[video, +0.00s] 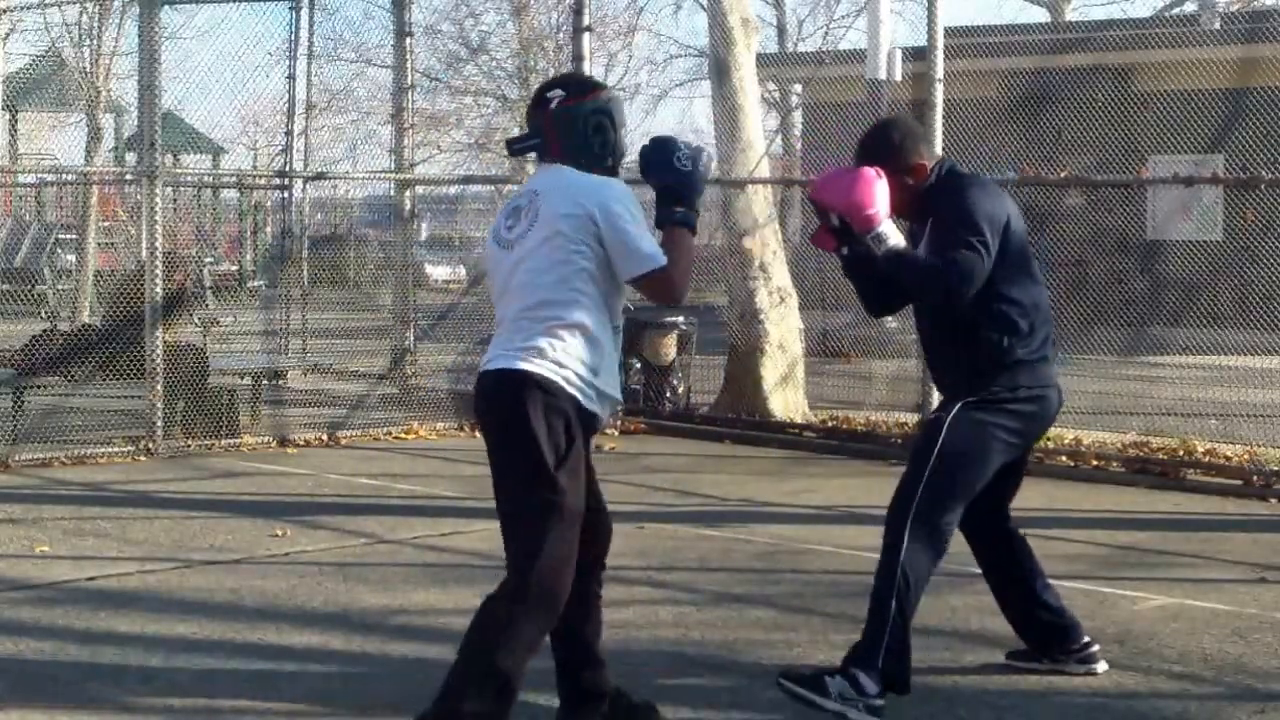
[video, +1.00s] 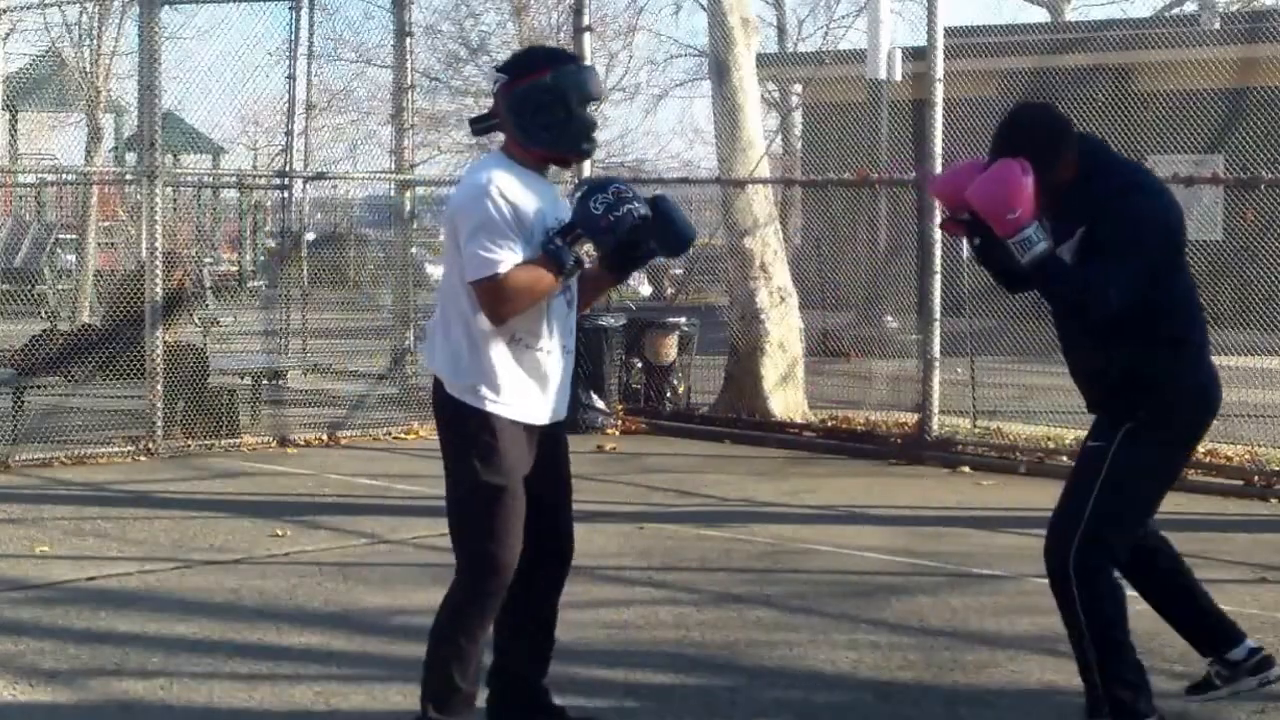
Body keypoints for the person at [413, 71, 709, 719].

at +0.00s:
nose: (613, 136)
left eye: (610, 123)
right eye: (604, 125)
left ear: (543, 138)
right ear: (593, 133)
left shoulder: (513, 212)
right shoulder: (599, 192)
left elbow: (533, 301)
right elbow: (669, 287)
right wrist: (682, 207)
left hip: (510, 385)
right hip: (545, 389)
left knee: (589, 536)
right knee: (544, 572)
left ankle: (586, 696)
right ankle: (461, 710)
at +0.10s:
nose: (606, 128)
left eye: (609, 114)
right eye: (589, 115)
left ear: (537, 132)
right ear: (556, 128)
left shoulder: (535, 198)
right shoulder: (556, 205)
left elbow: (556, 288)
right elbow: (637, 300)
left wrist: (618, 238)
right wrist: (666, 230)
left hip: (552, 405)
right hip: (522, 400)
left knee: (608, 536)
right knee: (517, 570)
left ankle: (594, 689)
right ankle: (445, 706)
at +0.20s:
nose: (621, 153)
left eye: (619, 140)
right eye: (609, 142)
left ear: (548, 149)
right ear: (588, 153)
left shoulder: (593, 213)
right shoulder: (535, 220)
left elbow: (677, 261)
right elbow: (597, 331)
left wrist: (765, 246)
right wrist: (637, 265)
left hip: (552, 417)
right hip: (491, 411)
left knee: (605, 539)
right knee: (527, 568)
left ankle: (612, 696)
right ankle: (448, 712)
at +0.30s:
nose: (600, 175)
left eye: (601, 161)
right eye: (590, 163)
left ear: (546, 162)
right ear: (551, 163)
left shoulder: (572, 228)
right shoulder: (493, 232)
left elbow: (634, 308)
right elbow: (510, 351)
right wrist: (581, 299)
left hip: (531, 414)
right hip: (464, 417)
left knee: (582, 553)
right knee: (480, 570)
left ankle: (613, 690)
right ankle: (398, 709)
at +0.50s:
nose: (538, 180)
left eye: (538, 167)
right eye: (528, 167)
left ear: (495, 164)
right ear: (489, 164)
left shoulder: (498, 227)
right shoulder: (423, 226)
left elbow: (483, 345)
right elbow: (427, 343)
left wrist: (550, 373)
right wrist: (517, 301)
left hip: (480, 422)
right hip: (410, 430)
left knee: (556, 548)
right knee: (419, 587)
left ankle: (567, 696)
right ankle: (368, 712)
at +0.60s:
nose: (524, 150)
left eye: (522, 136)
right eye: (514, 136)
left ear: (461, 137)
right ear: (490, 142)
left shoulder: (495, 207)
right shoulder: (411, 212)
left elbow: (521, 305)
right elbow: (417, 331)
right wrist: (504, 274)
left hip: (480, 418)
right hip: (409, 426)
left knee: (539, 552)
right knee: (403, 588)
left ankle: (555, 702)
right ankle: (361, 712)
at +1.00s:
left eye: (582, 106)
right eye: (574, 107)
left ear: (513, 112)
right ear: (558, 117)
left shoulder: (550, 194)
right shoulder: (485, 187)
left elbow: (568, 302)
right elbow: (500, 299)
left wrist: (622, 259)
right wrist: (576, 245)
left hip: (540, 407)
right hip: (483, 405)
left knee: (546, 555)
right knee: (491, 564)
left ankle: (519, 701)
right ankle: (448, 708)